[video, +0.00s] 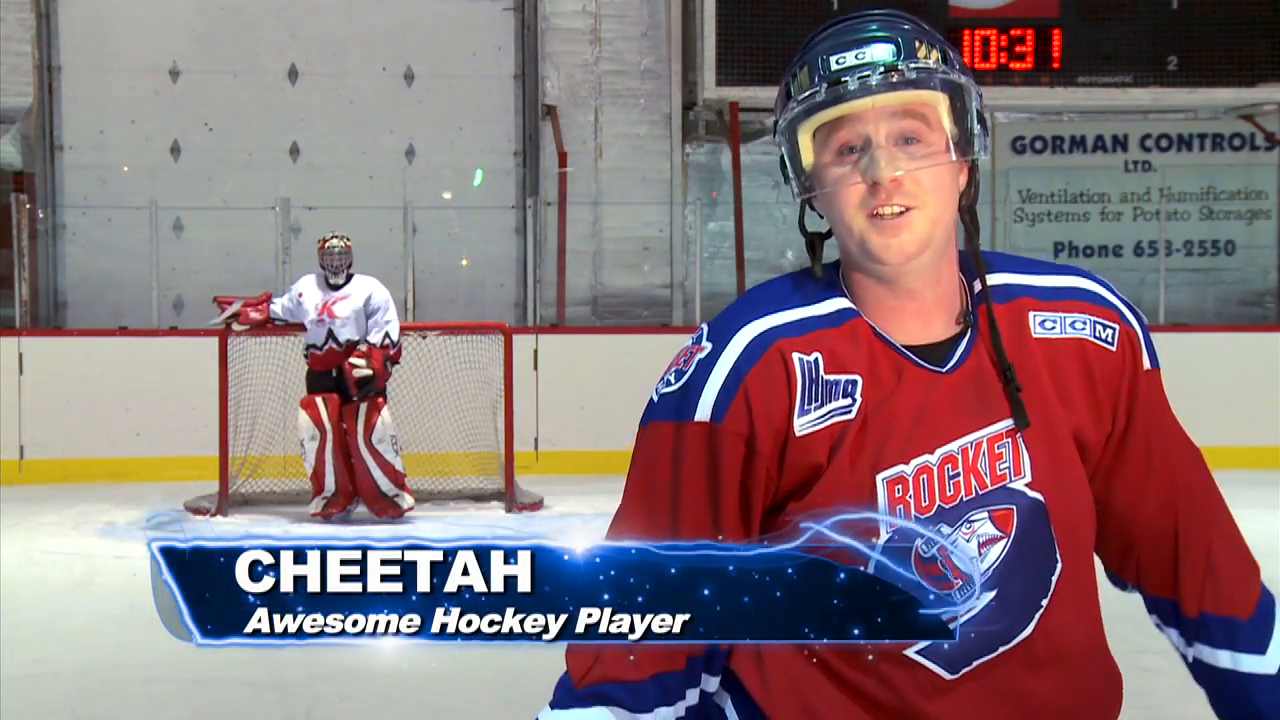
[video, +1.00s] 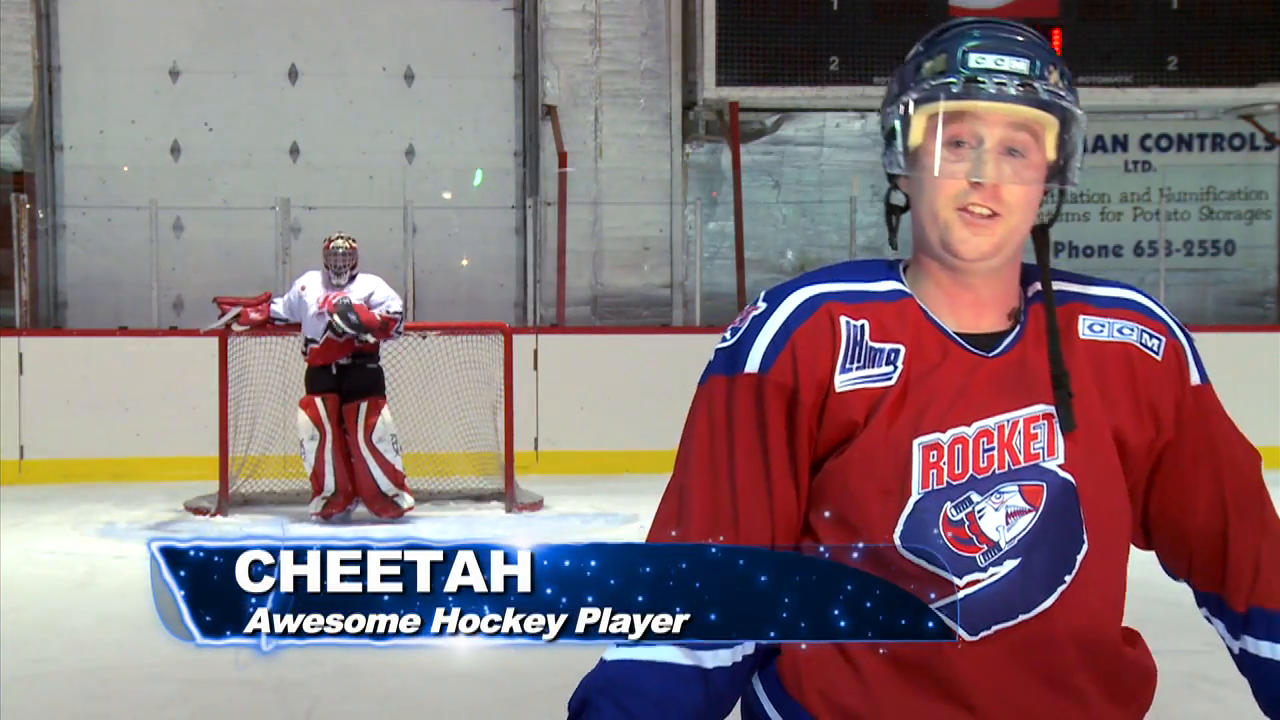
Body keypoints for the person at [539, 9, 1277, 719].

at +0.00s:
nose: (884, 174)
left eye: (911, 140)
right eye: (849, 151)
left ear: (961, 163)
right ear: (810, 186)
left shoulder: (1084, 327)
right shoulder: (740, 368)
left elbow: (1208, 578)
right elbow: (633, 652)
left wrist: (1264, 701)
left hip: (1062, 707)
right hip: (819, 713)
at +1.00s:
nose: (987, 174)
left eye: (1018, 148)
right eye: (957, 140)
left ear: (1050, 178)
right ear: (905, 156)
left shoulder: (1135, 342)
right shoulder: (798, 337)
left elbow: (1258, 583)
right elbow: (696, 602)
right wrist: (633, 715)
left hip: (1082, 704)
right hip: (848, 708)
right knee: (617, 689)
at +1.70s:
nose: (1032, 192)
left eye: (1063, 162)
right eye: (1001, 158)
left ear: (1097, 182)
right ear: (950, 171)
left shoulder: (1172, 345)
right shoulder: (843, 330)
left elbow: (1249, 592)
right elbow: (731, 562)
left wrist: (1254, 705)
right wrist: (708, 702)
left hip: (1102, 703)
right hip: (864, 705)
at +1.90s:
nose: (994, 201)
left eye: (1020, 168)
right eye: (961, 170)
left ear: (1056, 184)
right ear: (912, 185)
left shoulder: (1154, 340)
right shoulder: (823, 329)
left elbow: (1223, 610)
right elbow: (729, 517)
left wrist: (1233, 714)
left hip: (1093, 707)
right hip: (855, 707)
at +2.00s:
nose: (971, 198)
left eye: (998, 165)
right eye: (940, 168)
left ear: (1035, 182)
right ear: (891, 186)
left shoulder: (1138, 336)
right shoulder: (806, 320)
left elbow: (1221, 605)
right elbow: (741, 533)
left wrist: (1235, 713)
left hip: (1093, 707)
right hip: (847, 706)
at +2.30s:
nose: (925, 183)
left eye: (951, 150)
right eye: (894, 154)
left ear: (996, 172)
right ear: (845, 174)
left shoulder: (1101, 326)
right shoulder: (764, 312)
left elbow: (1180, 586)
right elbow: (713, 507)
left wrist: (1214, 712)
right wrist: (792, 390)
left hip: (1062, 707)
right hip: (824, 707)